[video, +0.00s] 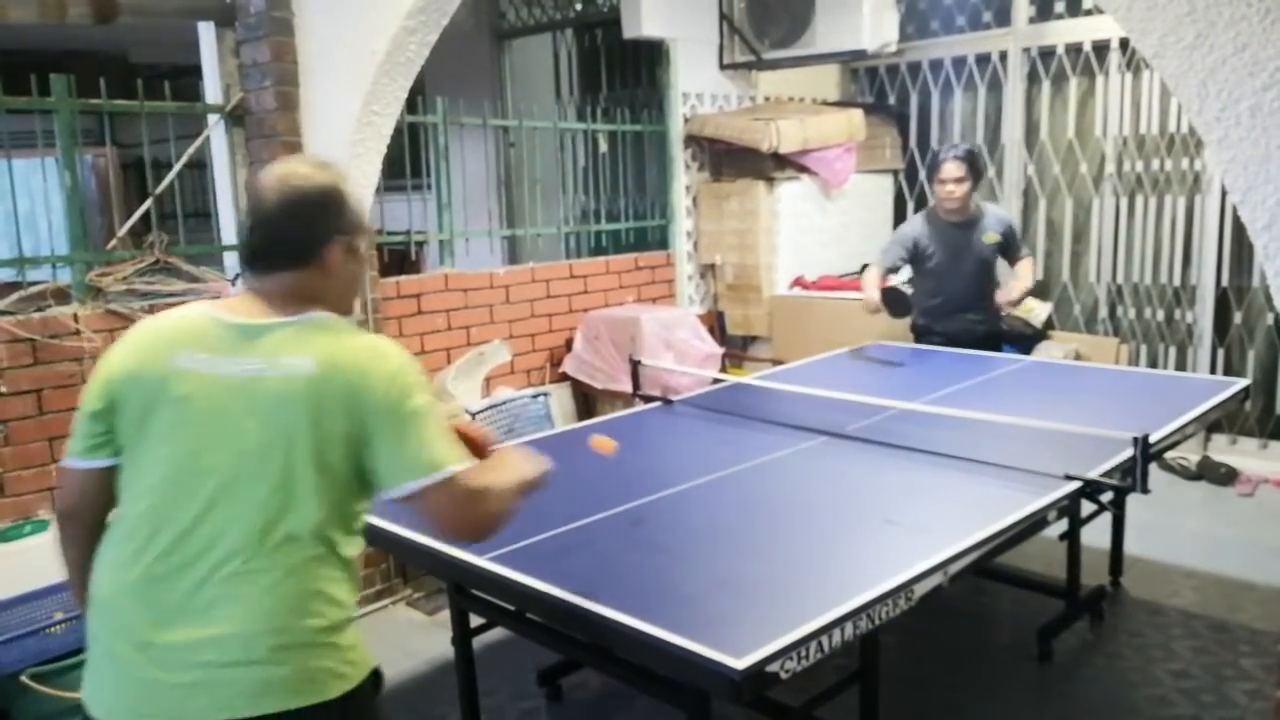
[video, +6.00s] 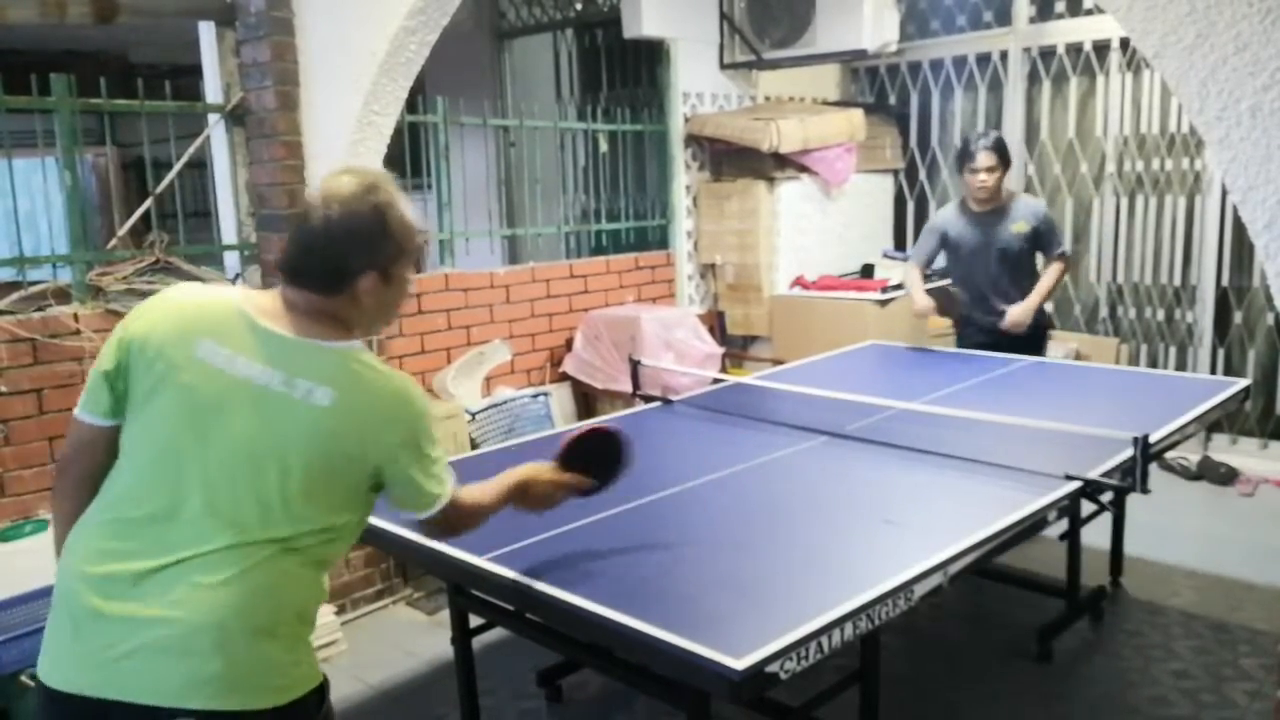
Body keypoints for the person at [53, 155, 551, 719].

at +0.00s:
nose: (371, 266)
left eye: (369, 248)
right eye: (367, 248)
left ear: (255, 247)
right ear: (336, 254)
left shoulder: (142, 346)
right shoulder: (368, 362)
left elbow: (75, 506)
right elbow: (462, 516)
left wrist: (101, 611)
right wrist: (508, 473)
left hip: (129, 685)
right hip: (292, 682)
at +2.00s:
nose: (240, 230)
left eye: (237, 212)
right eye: (236, 211)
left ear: (123, 230)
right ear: (217, 213)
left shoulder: (71, 328)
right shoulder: (254, 327)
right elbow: (312, 505)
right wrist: (408, 639)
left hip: (117, 674)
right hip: (260, 669)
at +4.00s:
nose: (149, 231)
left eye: (146, 213)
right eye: (141, 213)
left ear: (17, 230)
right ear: (103, 223)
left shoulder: (7, 333)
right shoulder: (157, 340)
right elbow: (214, 532)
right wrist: (312, 654)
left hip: (50, 682)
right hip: (187, 681)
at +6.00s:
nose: (413, 286)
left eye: (414, 269)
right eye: (409, 270)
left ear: (288, 260)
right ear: (370, 283)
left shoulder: (164, 316)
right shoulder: (388, 402)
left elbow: (70, 482)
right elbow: (447, 519)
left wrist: (86, 595)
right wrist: (516, 484)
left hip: (83, 662)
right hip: (242, 680)